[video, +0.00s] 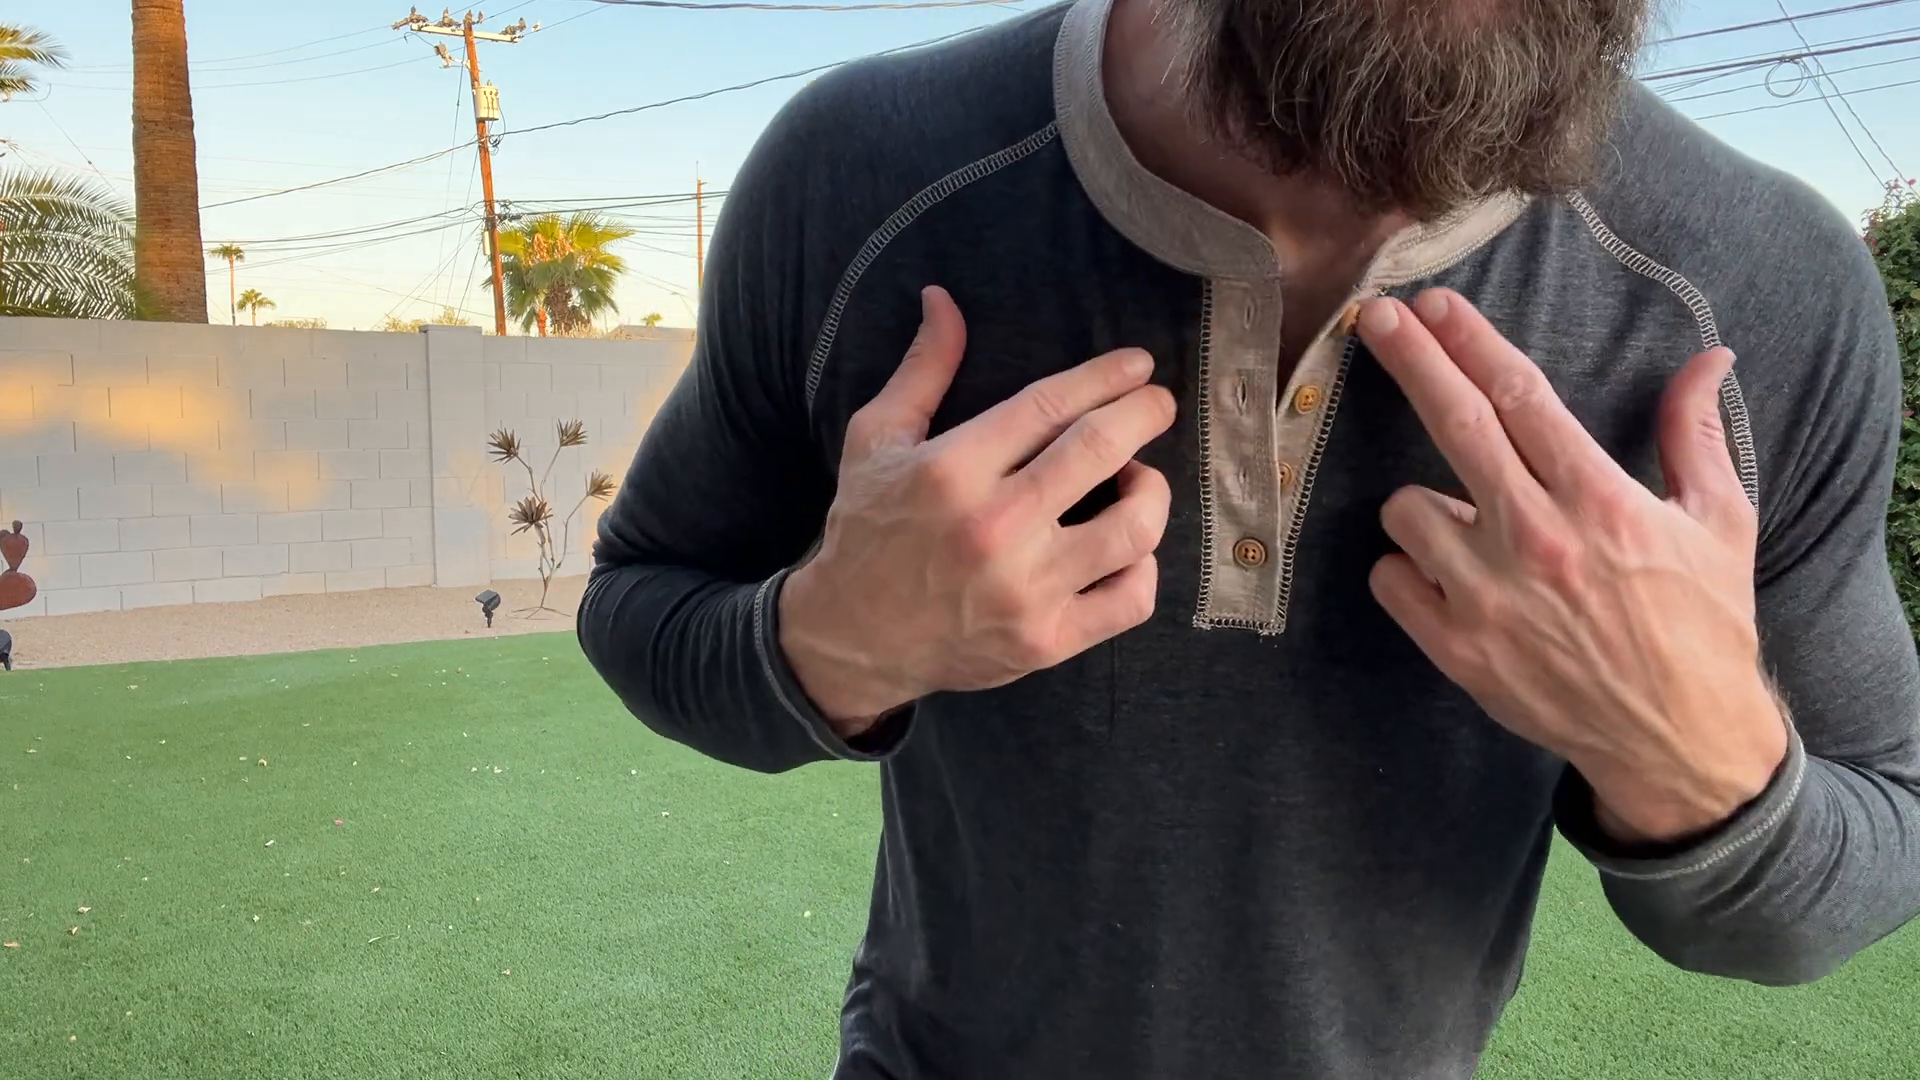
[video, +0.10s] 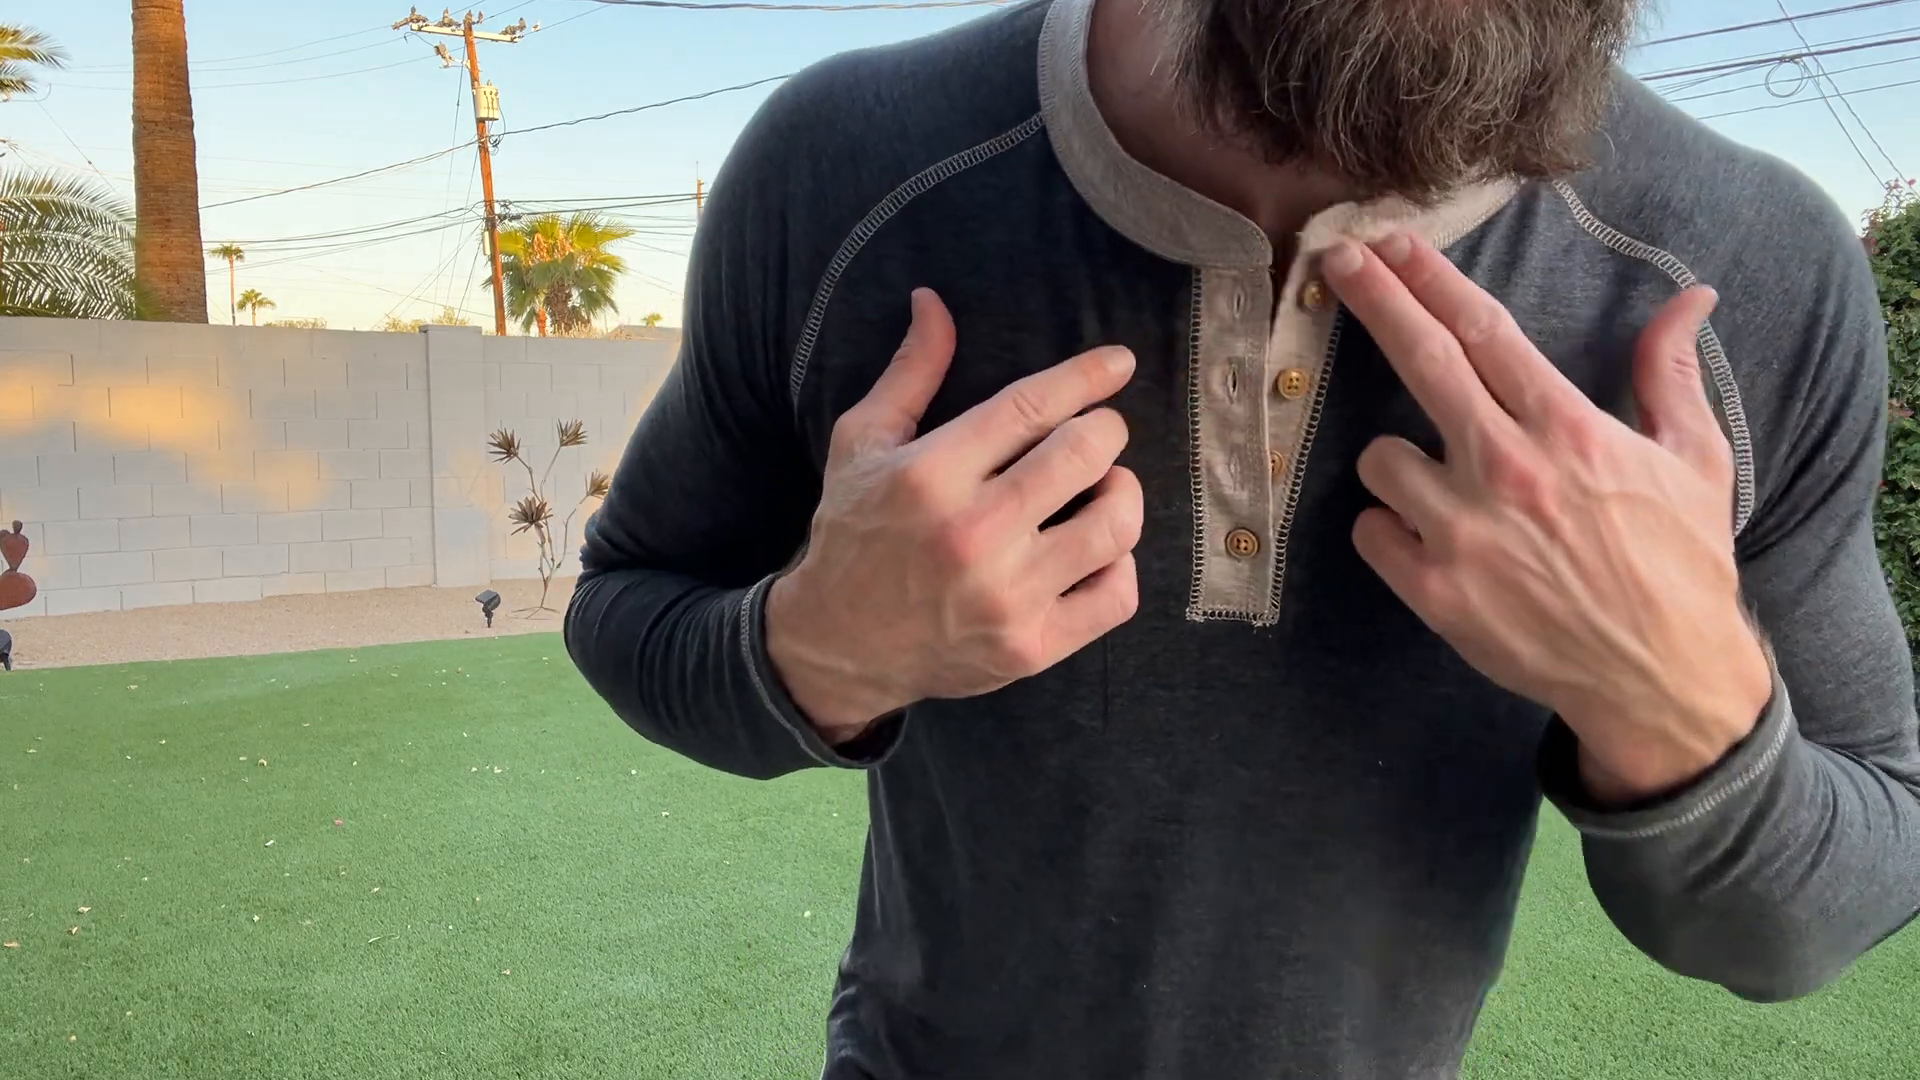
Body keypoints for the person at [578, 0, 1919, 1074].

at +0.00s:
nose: (1306, 297)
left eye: (1413, 234)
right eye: (1240, 199)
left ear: (1549, 119)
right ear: (1147, 21)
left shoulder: (1760, 297)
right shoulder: (862, 173)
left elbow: (1831, 901)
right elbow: (642, 605)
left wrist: (1697, 781)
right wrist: (821, 652)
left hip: (1396, 1048)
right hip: (951, 1041)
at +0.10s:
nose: (1314, 274)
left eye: (1415, 224)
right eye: (1228, 192)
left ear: (1546, 105)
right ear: (1139, 20)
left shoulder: (1751, 282)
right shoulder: (845, 166)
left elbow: (1814, 927)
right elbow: (632, 606)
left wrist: (1676, 708)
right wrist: (806, 659)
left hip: (1373, 1052)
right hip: (934, 1045)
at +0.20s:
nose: (1283, 253)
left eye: (1384, 204)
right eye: (1189, 173)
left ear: (1517, 92)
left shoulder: (1722, 263)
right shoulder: (828, 157)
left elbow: (1798, 932)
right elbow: (609, 609)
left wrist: (1648, 663)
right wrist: (804, 661)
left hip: (1359, 1041)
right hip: (917, 1039)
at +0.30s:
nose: (1237, 247)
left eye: (1330, 196)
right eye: (1159, 162)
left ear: (1483, 93)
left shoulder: (1692, 254)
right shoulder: (802, 157)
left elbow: (1784, 924)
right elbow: (590, 615)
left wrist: (1635, 657)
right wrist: (803, 673)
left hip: (1344, 1041)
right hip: (899, 1039)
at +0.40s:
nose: (1220, 248)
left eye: (1308, 194)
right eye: (1145, 167)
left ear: (1456, 94)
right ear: (1072, 11)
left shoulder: (1664, 246)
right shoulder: (778, 159)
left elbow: (1757, 909)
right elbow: (575, 607)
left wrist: (1626, 647)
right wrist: (794, 713)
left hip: (1327, 1040)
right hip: (882, 1037)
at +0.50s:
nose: (1196, 256)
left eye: (1296, 206)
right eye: (1120, 172)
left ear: (1436, 100)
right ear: (1046, 16)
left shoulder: (1635, 240)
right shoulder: (750, 168)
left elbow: (1737, 898)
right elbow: (569, 608)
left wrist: (1607, 635)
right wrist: (787, 753)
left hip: (1303, 1045)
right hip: (867, 1043)